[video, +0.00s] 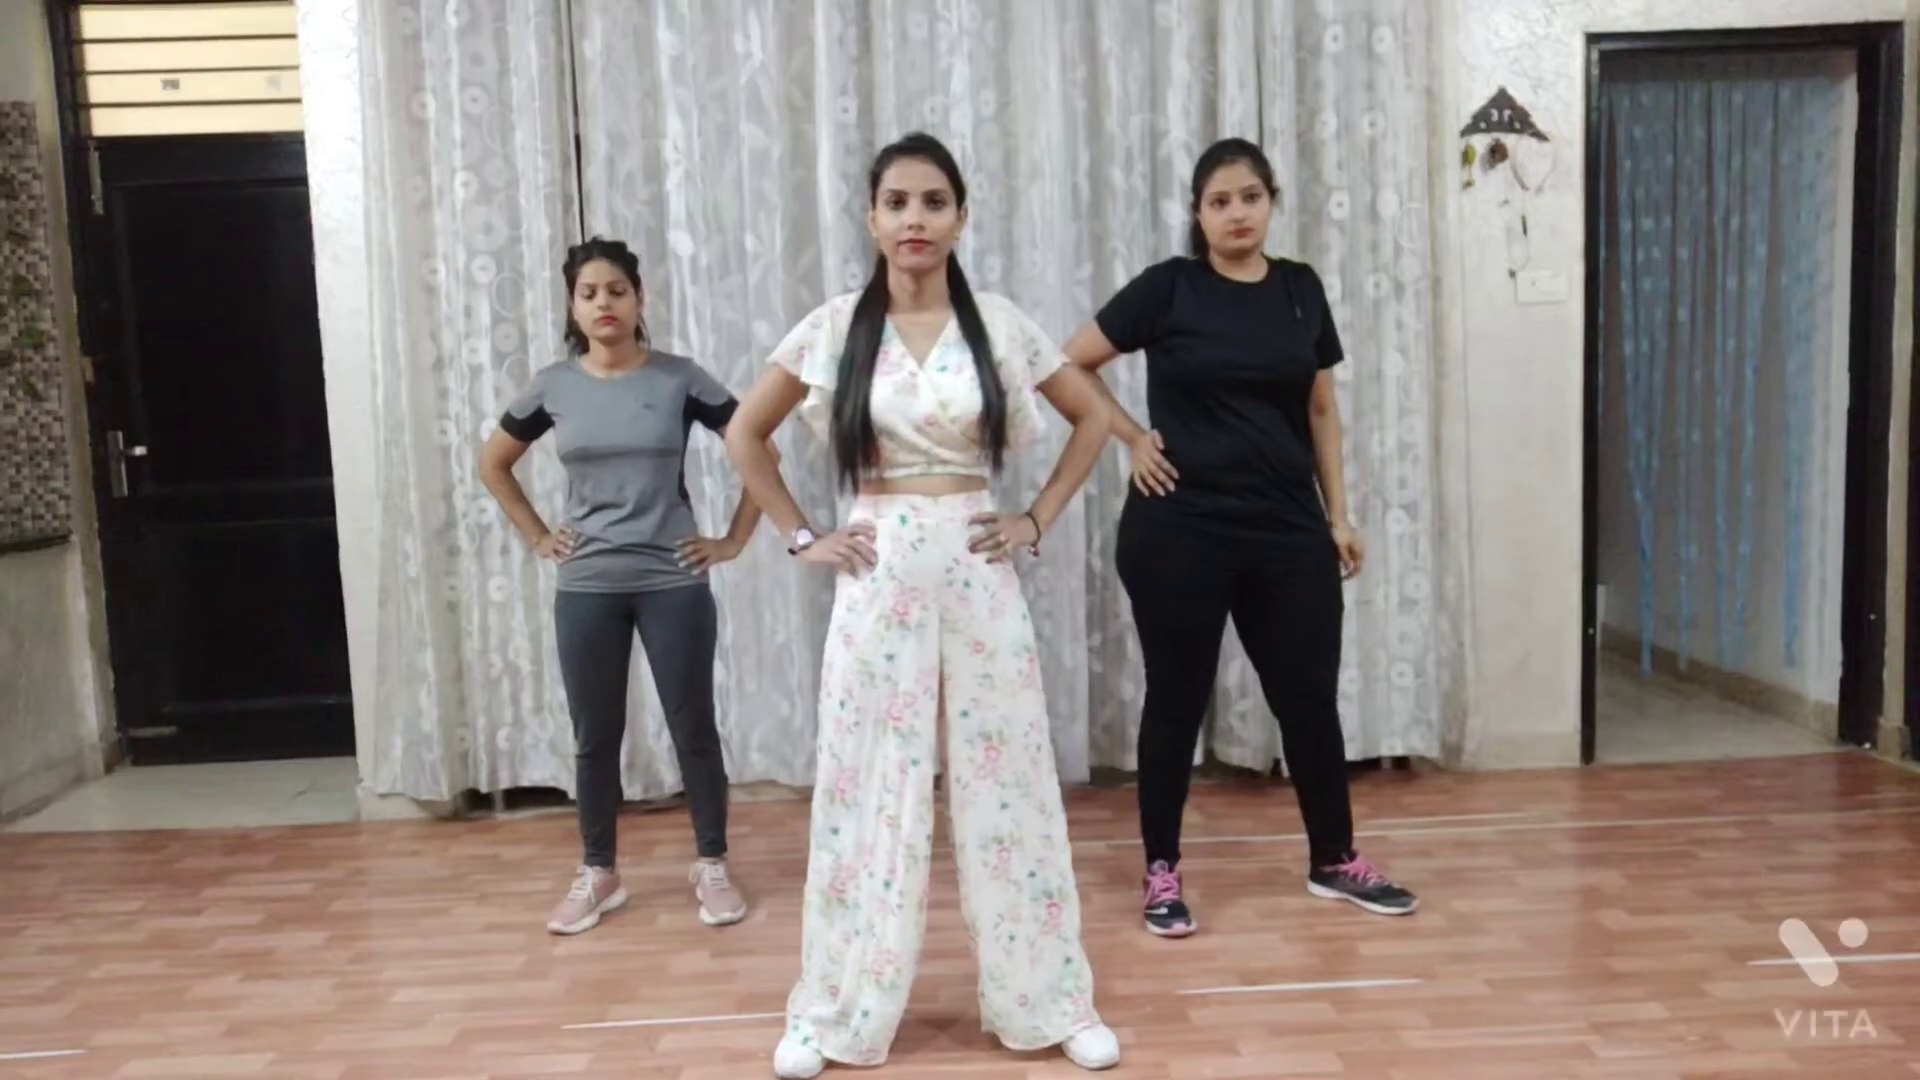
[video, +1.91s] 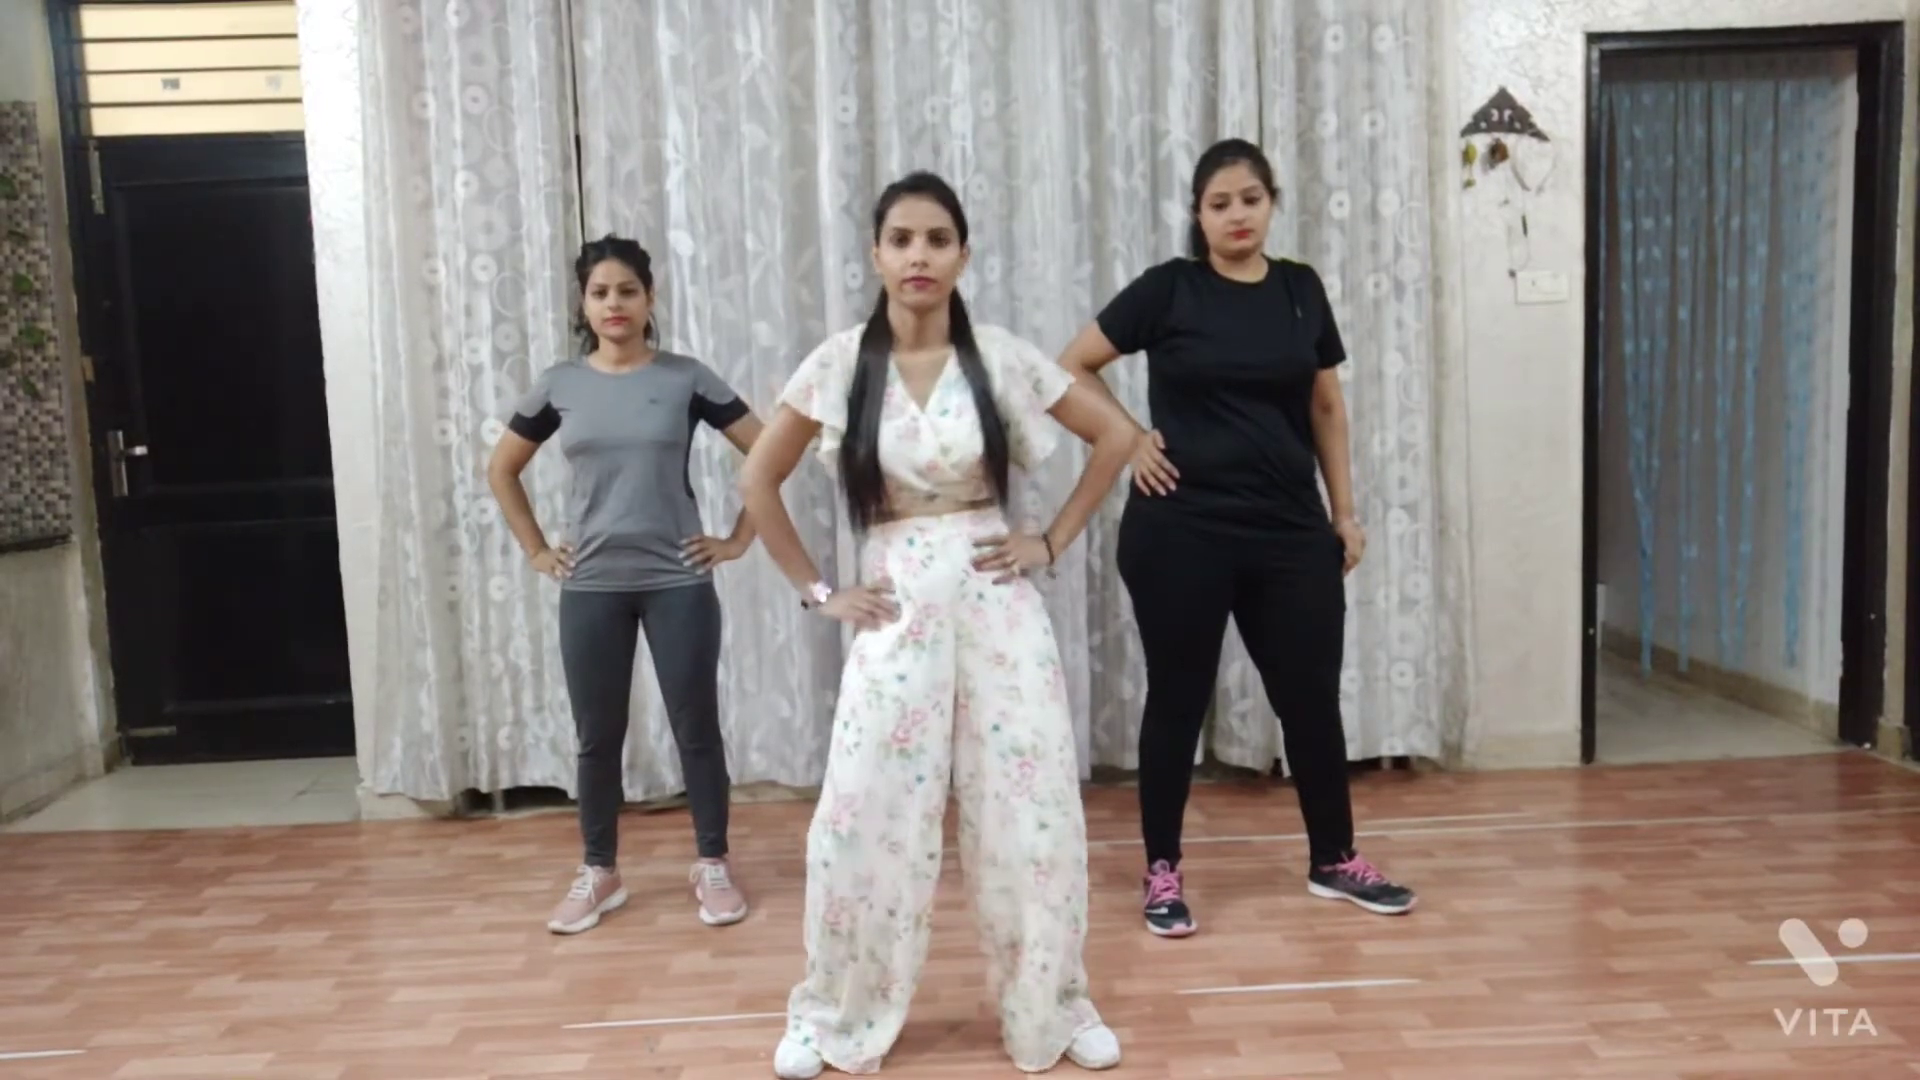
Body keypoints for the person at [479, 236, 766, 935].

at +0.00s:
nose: (604, 303)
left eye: (616, 290)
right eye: (590, 293)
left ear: (639, 299)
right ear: (572, 307)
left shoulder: (679, 379)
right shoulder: (554, 387)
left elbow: (761, 449)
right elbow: (492, 464)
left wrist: (734, 539)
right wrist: (538, 535)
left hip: (673, 574)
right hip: (588, 579)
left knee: (693, 728)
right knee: (595, 737)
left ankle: (712, 867)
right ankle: (598, 874)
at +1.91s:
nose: (614, 304)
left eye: (627, 291)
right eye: (601, 293)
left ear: (649, 299)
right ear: (583, 304)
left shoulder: (686, 379)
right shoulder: (560, 386)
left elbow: (768, 453)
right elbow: (501, 469)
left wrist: (739, 539)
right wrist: (539, 551)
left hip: (678, 575)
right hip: (592, 580)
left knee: (696, 727)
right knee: (597, 737)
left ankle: (713, 867)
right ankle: (599, 872)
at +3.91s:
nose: (621, 300)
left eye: (633, 288)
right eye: (607, 289)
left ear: (654, 299)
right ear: (588, 301)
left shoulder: (688, 379)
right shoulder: (561, 383)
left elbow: (768, 454)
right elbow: (503, 465)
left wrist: (737, 538)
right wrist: (537, 547)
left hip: (676, 575)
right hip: (591, 578)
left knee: (695, 729)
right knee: (596, 737)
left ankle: (712, 867)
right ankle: (599, 872)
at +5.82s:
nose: (616, 302)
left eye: (629, 290)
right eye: (603, 291)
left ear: (651, 301)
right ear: (584, 303)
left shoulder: (686, 378)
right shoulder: (558, 384)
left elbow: (766, 456)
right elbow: (502, 468)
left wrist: (736, 538)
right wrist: (537, 549)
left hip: (676, 574)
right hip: (590, 578)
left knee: (695, 727)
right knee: (596, 735)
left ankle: (712, 866)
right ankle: (599, 872)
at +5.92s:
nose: (616, 302)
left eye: (629, 290)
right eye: (603, 291)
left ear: (651, 300)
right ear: (584, 302)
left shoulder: (686, 378)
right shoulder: (558, 384)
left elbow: (766, 455)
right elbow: (502, 468)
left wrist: (736, 538)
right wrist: (537, 549)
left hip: (675, 574)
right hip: (590, 579)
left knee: (695, 727)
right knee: (596, 736)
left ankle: (712, 866)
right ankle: (599, 872)